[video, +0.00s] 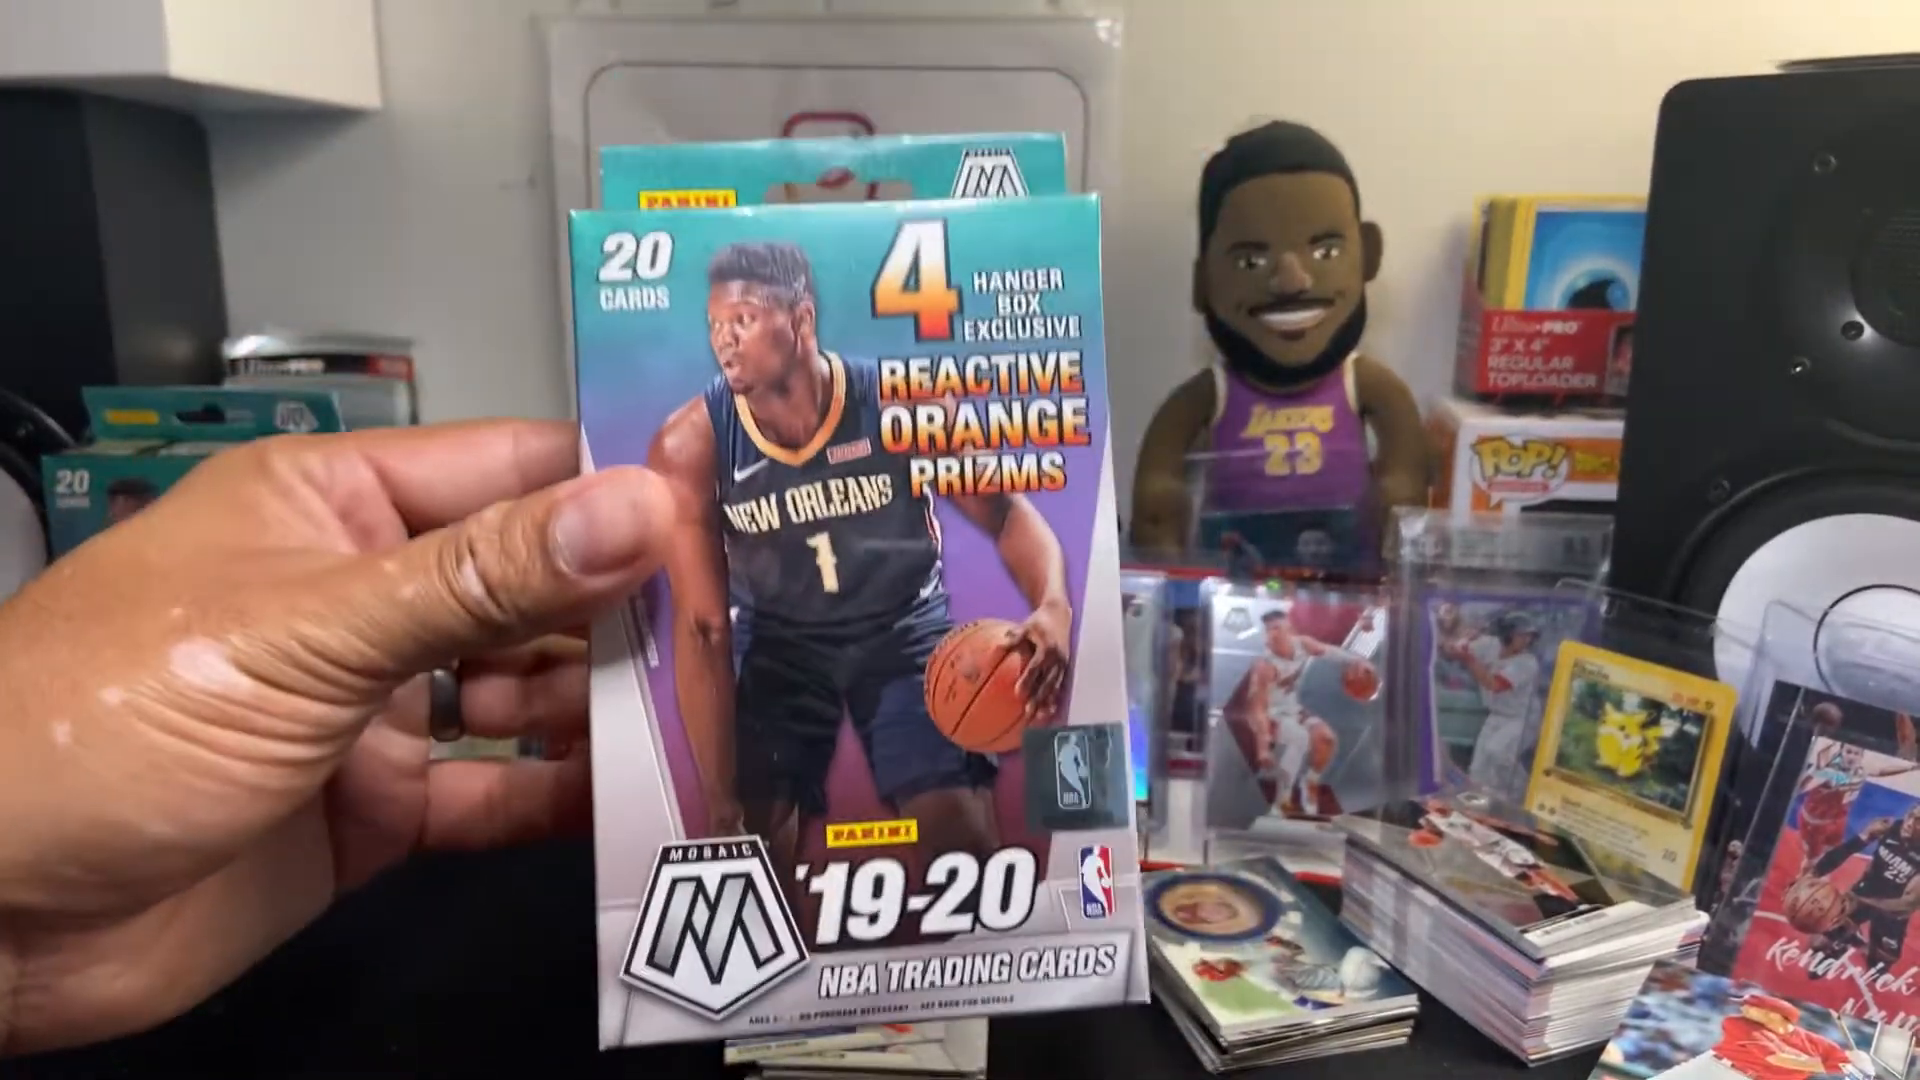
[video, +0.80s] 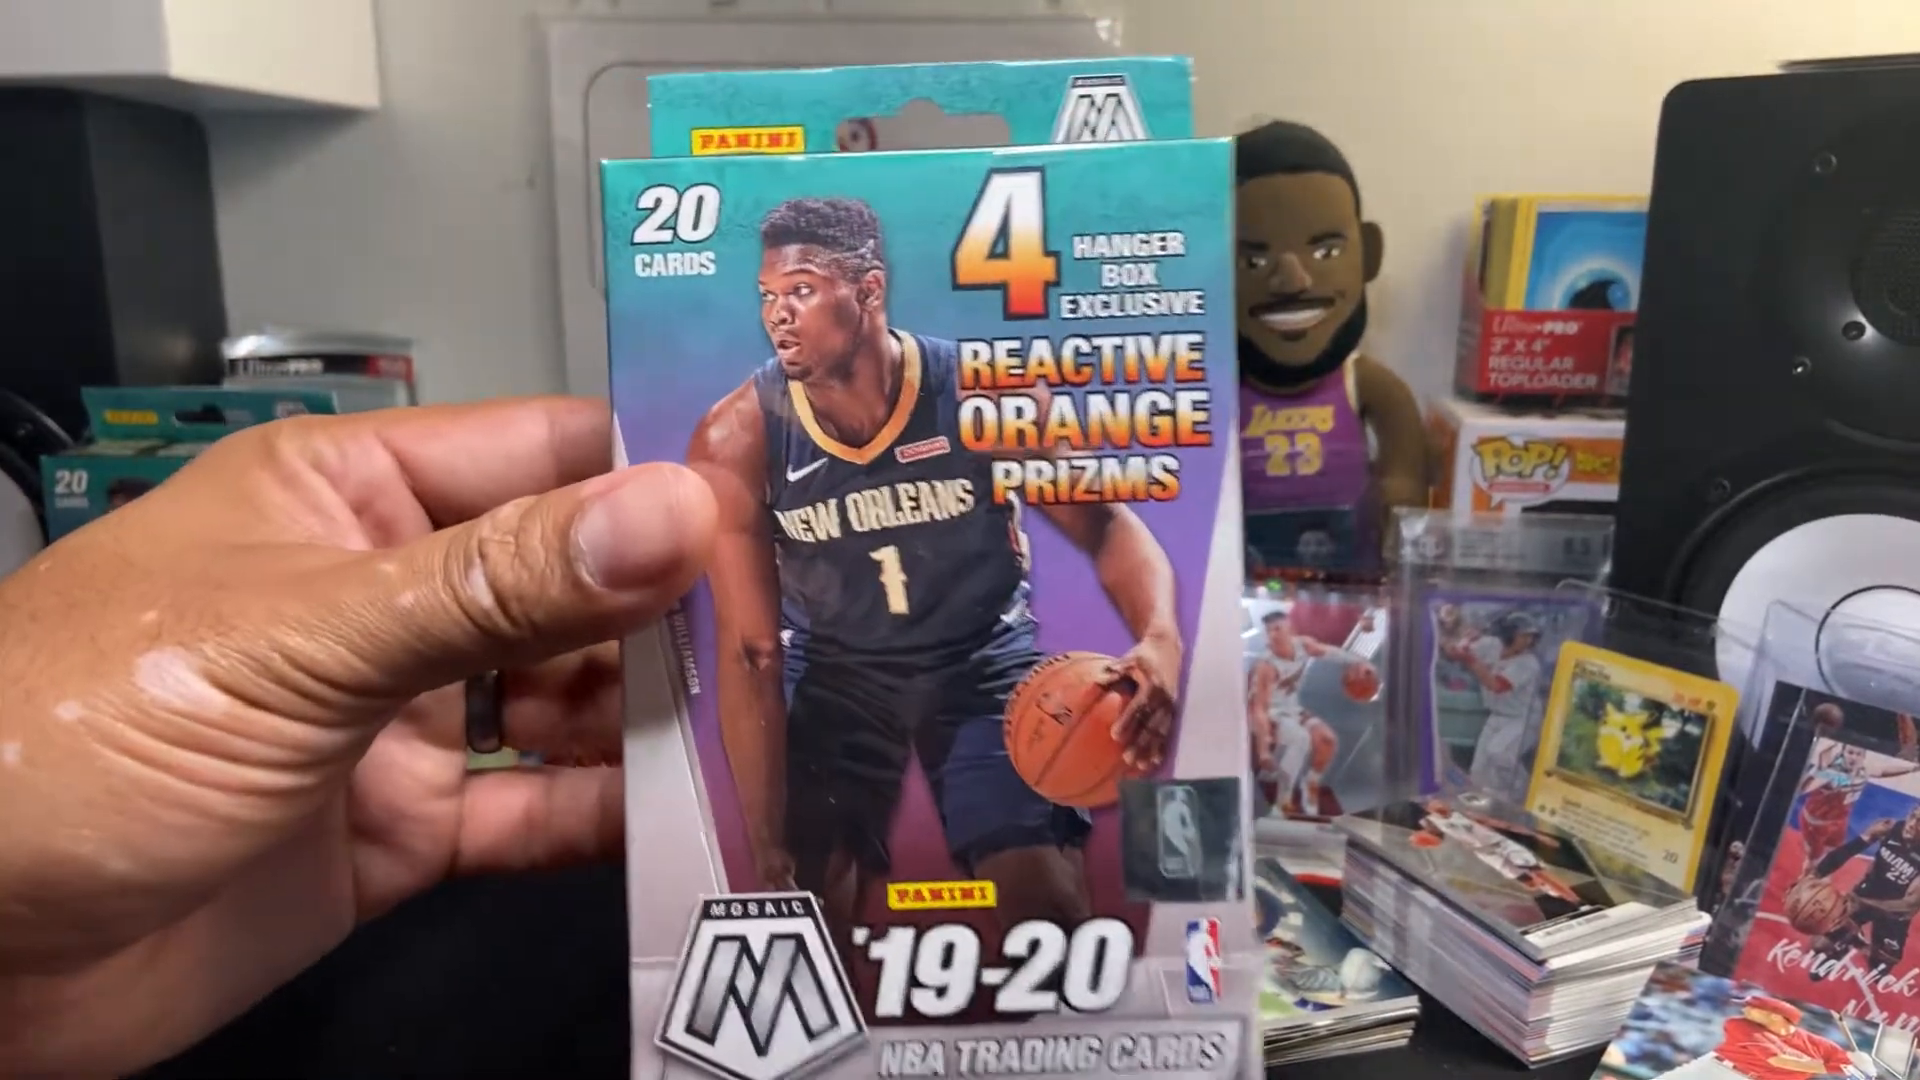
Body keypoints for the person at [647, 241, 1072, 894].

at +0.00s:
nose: (725, 342)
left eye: (743, 320)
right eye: (716, 326)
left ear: (802, 320)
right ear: (710, 334)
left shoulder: (897, 403)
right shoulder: (692, 444)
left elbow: (1004, 514)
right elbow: (702, 630)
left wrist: (1054, 606)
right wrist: (718, 799)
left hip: (907, 637)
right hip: (783, 651)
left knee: (954, 831)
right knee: (756, 843)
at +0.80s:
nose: (776, 316)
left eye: (799, 292)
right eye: (768, 296)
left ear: (870, 290)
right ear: (760, 304)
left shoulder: (980, 393)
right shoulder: (739, 437)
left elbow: (1104, 525)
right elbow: (751, 654)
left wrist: (1162, 638)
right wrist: (765, 854)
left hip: (985, 662)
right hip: (839, 674)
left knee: (1043, 902)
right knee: (806, 903)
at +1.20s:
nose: (666, 296)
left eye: (684, 277)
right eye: (660, 281)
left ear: (738, 280)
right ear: (653, 288)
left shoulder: (819, 360)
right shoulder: (637, 386)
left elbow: (912, 461)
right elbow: (640, 553)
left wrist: (948, 544)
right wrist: (653, 702)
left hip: (819, 564)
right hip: (714, 572)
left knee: (859, 717)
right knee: (704, 733)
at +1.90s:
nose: (808, 267)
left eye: (834, 240)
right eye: (798, 246)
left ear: (913, 237)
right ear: (787, 254)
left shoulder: (1036, 352)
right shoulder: (765, 403)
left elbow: (1176, 501)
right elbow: (774, 647)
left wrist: (1242, 631)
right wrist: (790, 872)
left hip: (1042, 658)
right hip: (875, 673)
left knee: (1097, 907)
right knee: (843, 915)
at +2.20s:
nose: (772, 271)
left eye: (801, 240)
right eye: (761, 248)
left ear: (887, 240)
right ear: (750, 258)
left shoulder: (1018, 364)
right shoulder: (725, 420)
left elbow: (1170, 529)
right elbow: (736, 682)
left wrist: (1240, 666)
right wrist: (758, 931)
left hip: (1025, 691)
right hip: (845, 706)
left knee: (1089, 973)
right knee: (806, 984)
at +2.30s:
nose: (768, 276)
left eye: (797, 245)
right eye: (757, 253)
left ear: (881, 246)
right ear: (747, 264)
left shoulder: (1008, 369)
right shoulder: (721, 421)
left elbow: (1159, 532)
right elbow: (732, 680)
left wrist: (1225, 664)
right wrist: (752, 919)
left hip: (1013, 688)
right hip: (836, 702)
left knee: (1074, 960)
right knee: (793, 972)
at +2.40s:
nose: (749, 248)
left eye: (776, 221)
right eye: (739, 227)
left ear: (856, 219)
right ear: (730, 237)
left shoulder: (979, 334)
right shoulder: (708, 385)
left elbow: (1122, 485)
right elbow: (720, 630)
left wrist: (1187, 611)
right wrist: (740, 853)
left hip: (986, 647)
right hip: (825, 660)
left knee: (1044, 891)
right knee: (795, 905)